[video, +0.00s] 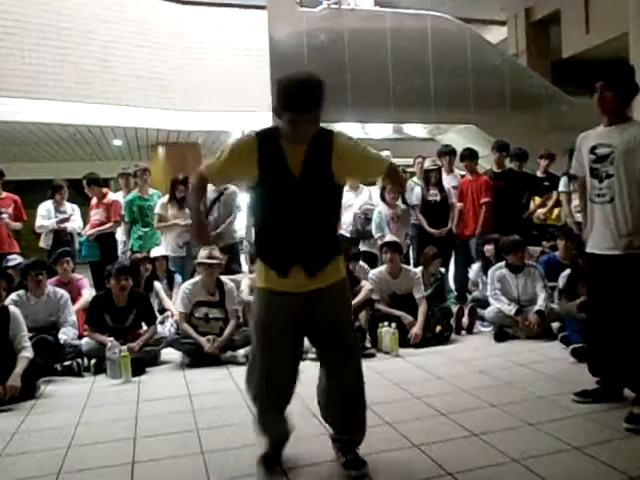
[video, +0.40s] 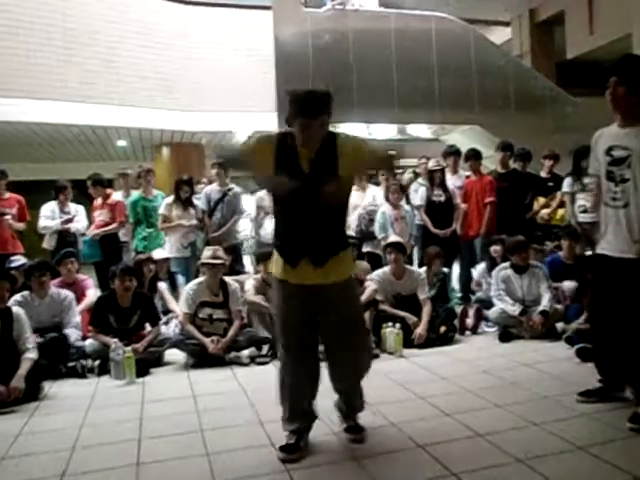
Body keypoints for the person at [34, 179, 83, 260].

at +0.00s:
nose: (63, 196)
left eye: (65, 193)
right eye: (60, 193)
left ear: (67, 194)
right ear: (54, 194)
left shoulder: (73, 208)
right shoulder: (44, 207)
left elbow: (79, 226)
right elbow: (39, 226)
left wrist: (67, 227)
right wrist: (56, 223)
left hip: (69, 240)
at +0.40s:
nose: (67, 197)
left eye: (69, 194)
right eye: (64, 194)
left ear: (71, 194)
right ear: (58, 195)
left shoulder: (79, 208)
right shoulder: (48, 207)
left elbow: (83, 226)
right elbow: (42, 227)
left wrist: (69, 228)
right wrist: (60, 224)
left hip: (72, 241)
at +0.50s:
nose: (73, 196)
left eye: (75, 193)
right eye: (70, 194)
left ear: (78, 194)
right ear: (64, 195)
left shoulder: (84, 208)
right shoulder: (55, 207)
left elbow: (89, 226)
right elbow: (49, 226)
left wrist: (76, 227)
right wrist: (66, 223)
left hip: (79, 239)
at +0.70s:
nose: (77, 190)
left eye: (78, 187)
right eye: (74, 187)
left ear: (81, 188)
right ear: (68, 188)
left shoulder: (88, 201)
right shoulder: (59, 199)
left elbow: (93, 219)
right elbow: (53, 219)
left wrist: (79, 220)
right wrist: (70, 216)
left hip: (82, 231)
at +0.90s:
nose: (72, 187)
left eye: (73, 184)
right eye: (69, 185)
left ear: (76, 185)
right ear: (62, 185)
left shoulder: (82, 198)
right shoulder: (53, 196)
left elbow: (88, 216)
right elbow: (47, 216)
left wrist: (74, 217)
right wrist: (65, 214)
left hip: (77, 231)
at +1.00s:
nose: (66, 186)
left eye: (68, 183)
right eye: (63, 183)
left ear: (70, 183)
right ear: (56, 184)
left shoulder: (76, 197)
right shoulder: (47, 195)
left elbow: (81, 215)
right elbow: (41, 215)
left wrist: (68, 216)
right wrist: (59, 212)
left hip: (71, 228)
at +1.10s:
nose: (61, 186)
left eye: (62, 183)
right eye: (57, 183)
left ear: (65, 183)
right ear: (51, 184)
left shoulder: (71, 197)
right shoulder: (42, 196)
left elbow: (76, 215)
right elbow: (36, 215)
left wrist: (62, 216)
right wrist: (54, 213)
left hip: (66, 229)